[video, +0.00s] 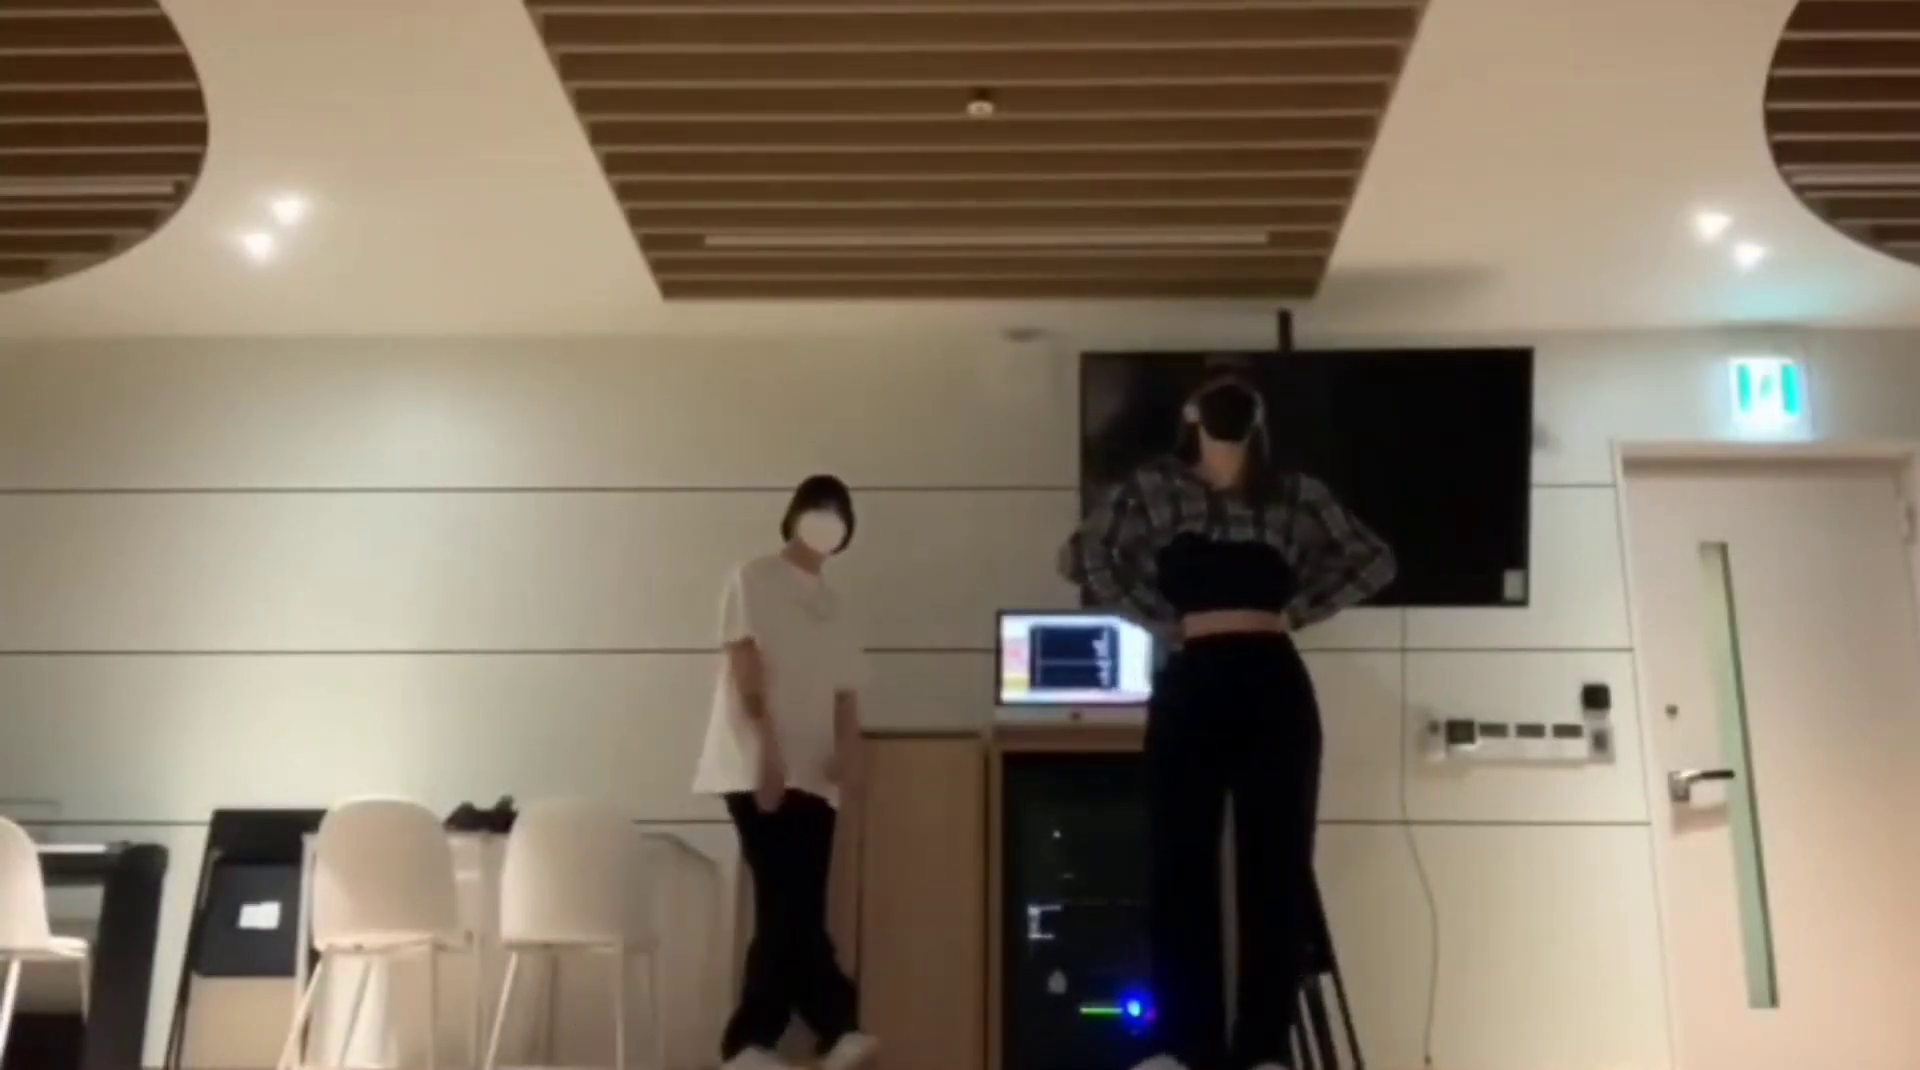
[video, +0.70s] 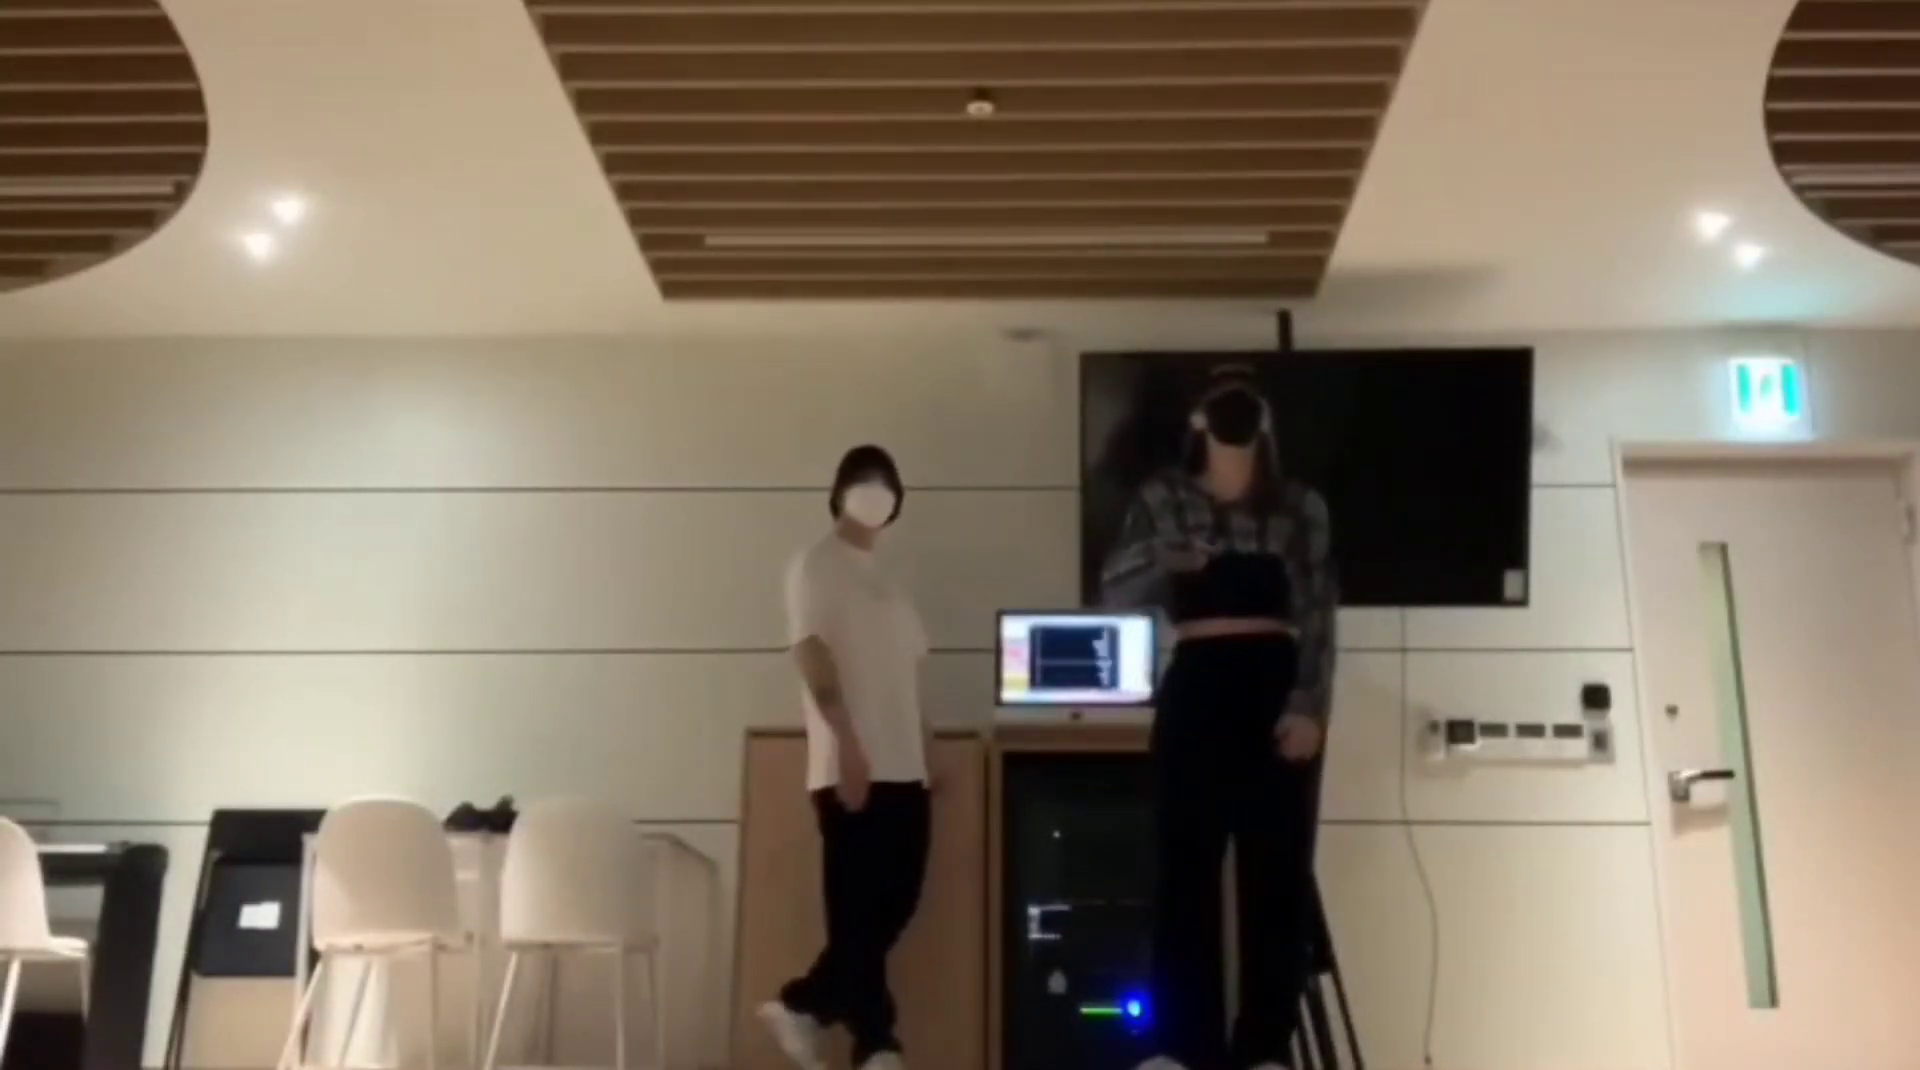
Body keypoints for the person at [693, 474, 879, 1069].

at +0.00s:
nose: (827, 526)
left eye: (839, 518)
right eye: (818, 512)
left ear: (847, 531)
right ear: (795, 516)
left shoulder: (832, 603)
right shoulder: (753, 578)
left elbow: (845, 690)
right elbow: (744, 670)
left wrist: (848, 756)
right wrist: (767, 754)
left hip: (815, 774)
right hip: (757, 769)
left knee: (793, 913)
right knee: (791, 908)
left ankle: (749, 1042)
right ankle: (836, 1028)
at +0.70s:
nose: (873, 498)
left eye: (884, 488)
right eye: (862, 485)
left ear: (897, 501)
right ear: (839, 493)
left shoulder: (888, 578)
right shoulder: (815, 566)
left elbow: (903, 677)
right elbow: (811, 658)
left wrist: (925, 757)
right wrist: (848, 747)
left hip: (902, 770)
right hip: (848, 770)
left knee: (896, 904)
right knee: (857, 914)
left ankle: (803, 1005)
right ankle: (876, 1044)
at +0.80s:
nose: (876, 497)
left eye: (887, 488)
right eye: (864, 484)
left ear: (899, 500)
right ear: (841, 492)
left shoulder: (892, 577)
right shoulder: (816, 564)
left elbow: (915, 669)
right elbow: (820, 654)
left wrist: (935, 742)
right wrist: (867, 733)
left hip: (909, 763)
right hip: (850, 763)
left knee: (929, 887)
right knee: (862, 901)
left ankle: (841, 1000)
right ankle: (876, 1039)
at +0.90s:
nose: (877, 495)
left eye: (888, 485)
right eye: (864, 482)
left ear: (900, 498)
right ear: (841, 490)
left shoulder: (901, 577)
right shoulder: (813, 564)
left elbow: (922, 667)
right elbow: (818, 643)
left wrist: (943, 740)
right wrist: (876, 709)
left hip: (917, 767)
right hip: (851, 766)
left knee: (946, 899)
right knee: (860, 910)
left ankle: (935, 1028)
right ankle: (875, 1043)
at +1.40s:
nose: (870, 493)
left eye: (882, 482)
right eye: (858, 480)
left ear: (898, 492)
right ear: (838, 490)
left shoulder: (922, 567)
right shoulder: (811, 567)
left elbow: (946, 660)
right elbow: (783, 662)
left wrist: (934, 730)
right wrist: (778, 750)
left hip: (903, 760)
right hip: (826, 763)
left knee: (904, 886)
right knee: (841, 903)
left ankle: (903, 1007)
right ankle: (862, 1037)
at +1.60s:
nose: (859, 489)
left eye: (872, 477)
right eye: (847, 476)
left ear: (890, 488)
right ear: (828, 485)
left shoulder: (921, 568)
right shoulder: (805, 566)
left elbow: (939, 658)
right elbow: (776, 658)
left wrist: (899, 729)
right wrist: (763, 737)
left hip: (887, 749)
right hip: (813, 748)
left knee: (857, 897)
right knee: (835, 899)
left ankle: (808, 1016)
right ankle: (875, 1037)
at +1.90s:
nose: (814, 485)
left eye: (830, 474)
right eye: (804, 471)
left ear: (850, 487)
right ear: (788, 479)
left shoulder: (869, 565)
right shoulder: (762, 560)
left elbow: (880, 659)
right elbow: (754, 659)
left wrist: (805, 727)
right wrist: (749, 744)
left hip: (839, 759)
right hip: (775, 755)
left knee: (796, 907)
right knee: (832, 900)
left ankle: (771, 1043)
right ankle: (891, 1032)